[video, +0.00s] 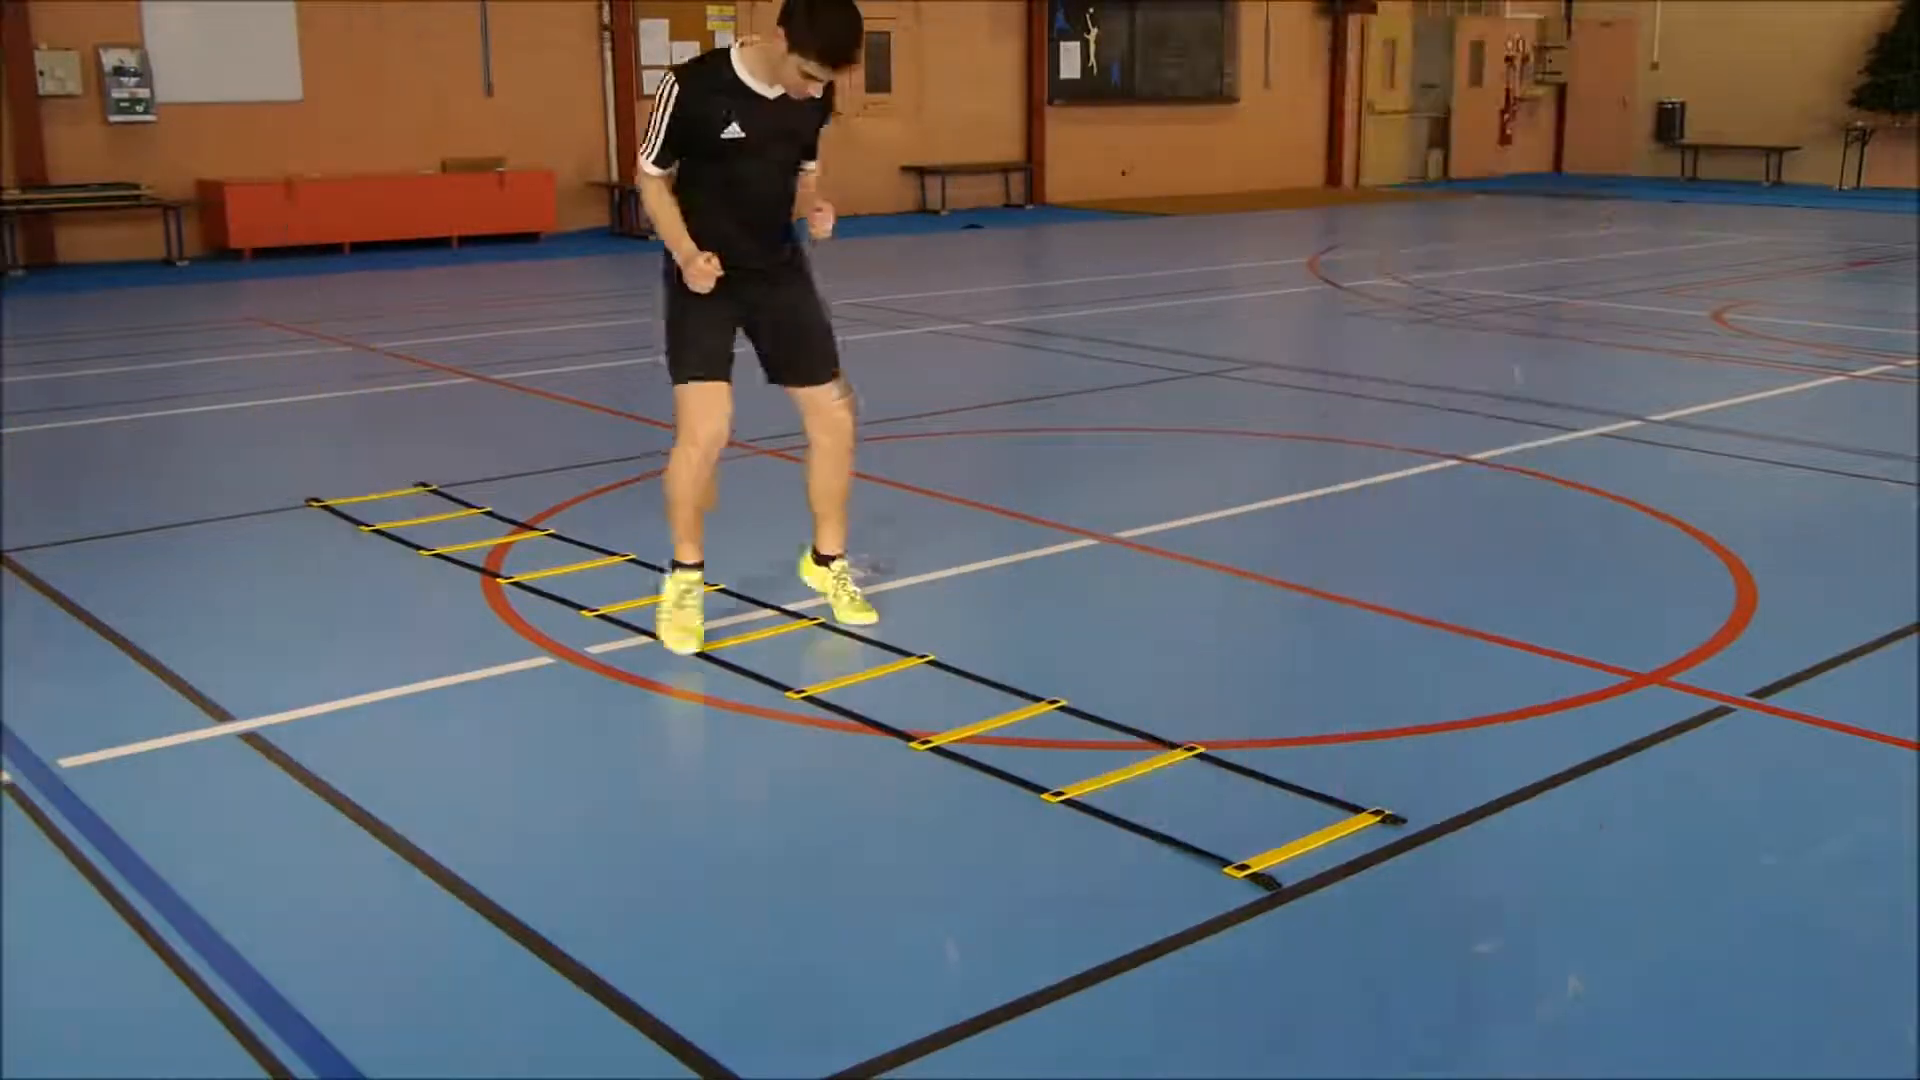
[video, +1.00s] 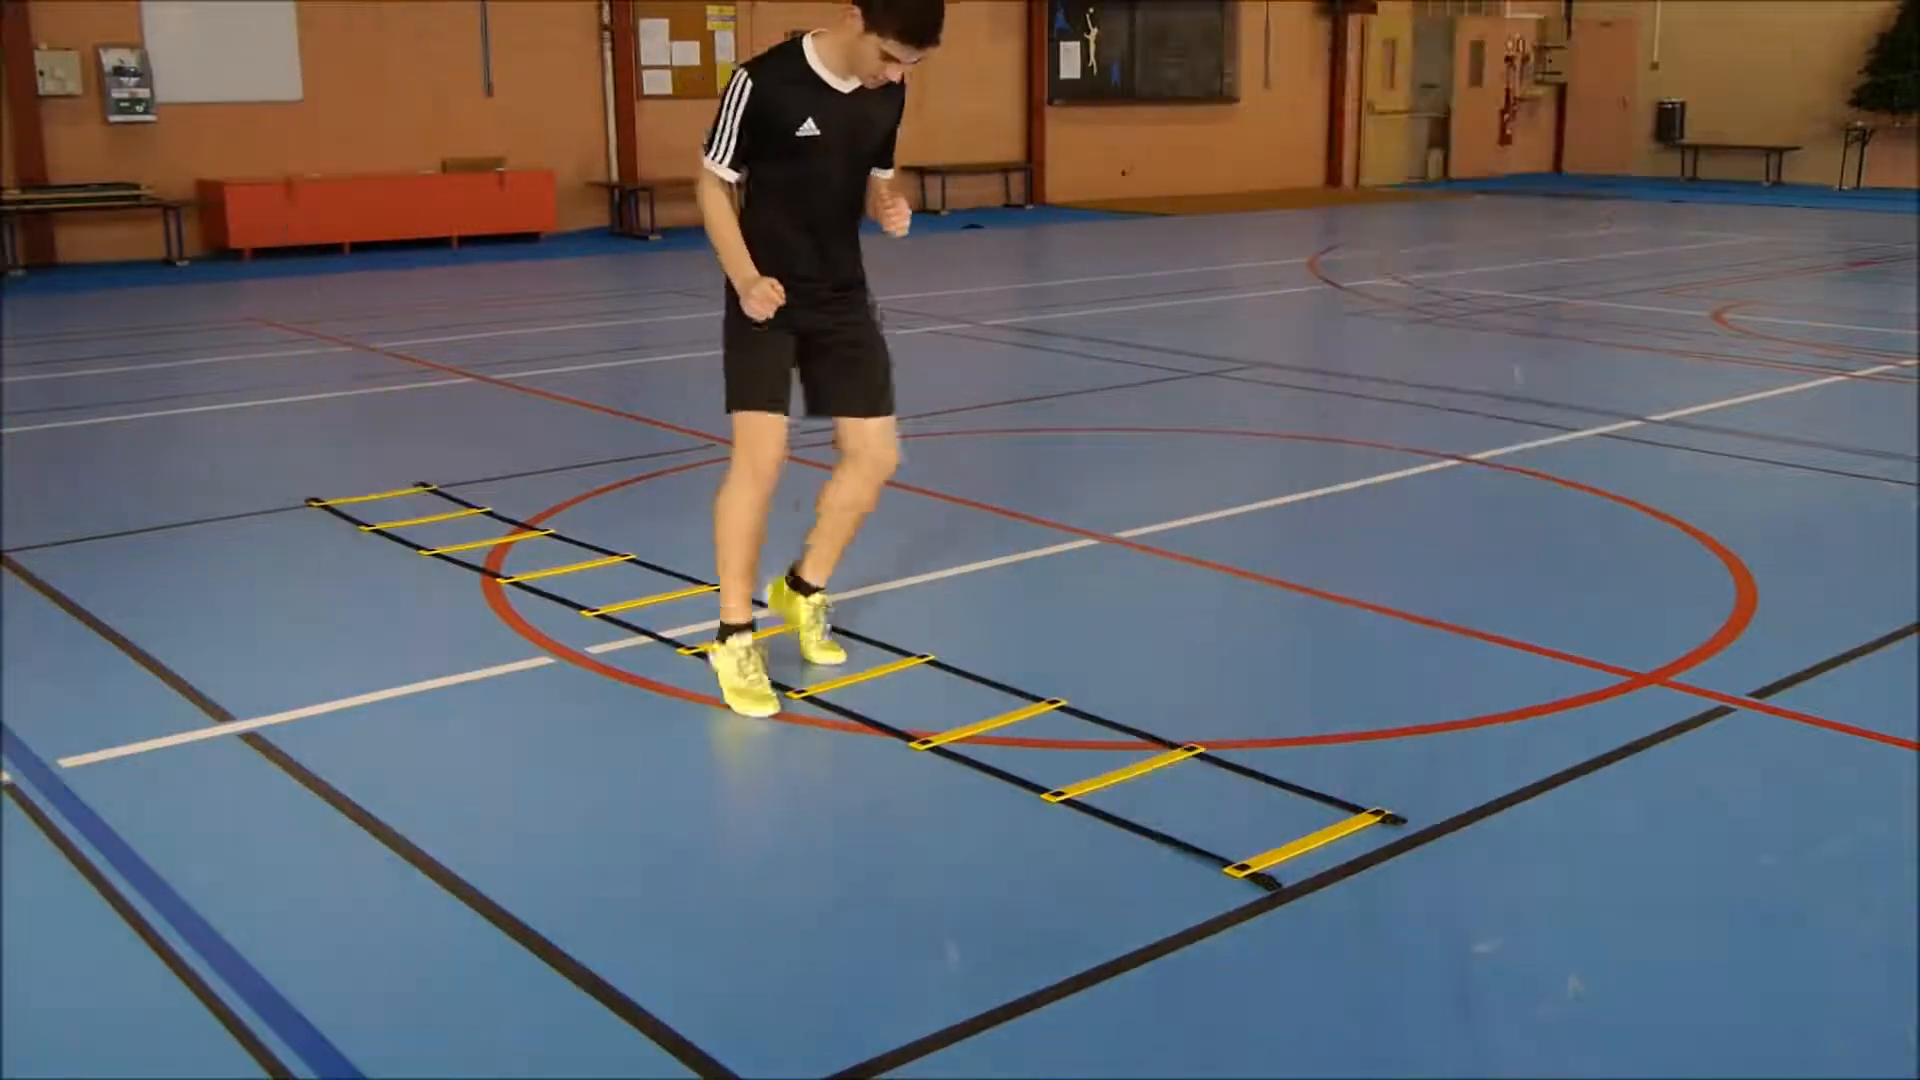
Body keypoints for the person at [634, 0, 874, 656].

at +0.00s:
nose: (814, 90)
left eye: (824, 81)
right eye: (808, 76)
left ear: (837, 67)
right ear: (778, 38)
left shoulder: (812, 97)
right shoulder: (693, 85)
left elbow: (802, 174)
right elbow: (652, 179)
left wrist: (812, 206)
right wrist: (686, 254)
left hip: (778, 267)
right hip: (700, 271)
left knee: (832, 414)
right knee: (704, 431)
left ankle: (827, 562)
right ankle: (686, 575)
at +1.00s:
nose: (898, 75)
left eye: (908, 65)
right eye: (891, 58)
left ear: (920, 49)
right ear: (851, 22)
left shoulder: (887, 88)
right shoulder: (759, 82)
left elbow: (878, 180)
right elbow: (713, 188)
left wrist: (889, 206)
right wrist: (746, 279)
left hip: (841, 293)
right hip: (762, 292)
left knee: (875, 456)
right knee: (759, 458)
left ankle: (804, 587)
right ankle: (734, 634)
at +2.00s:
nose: (1002, 74)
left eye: (1014, 64)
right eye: (998, 56)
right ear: (957, 16)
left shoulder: (974, 83)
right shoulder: (854, 70)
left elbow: (965, 167)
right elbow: (790, 176)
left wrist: (984, 213)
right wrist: (859, 260)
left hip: (943, 294)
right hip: (865, 300)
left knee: (994, 452)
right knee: (882, 485)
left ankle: (919, 600)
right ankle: (887, 644)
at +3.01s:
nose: (1088, 81)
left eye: (1099, 69)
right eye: (1080, 62)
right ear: (1036, 20)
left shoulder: (1065, 91)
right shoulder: (932, 83)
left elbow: (1052, 182)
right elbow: (877, 205)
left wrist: (1070, 233)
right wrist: (936, 298)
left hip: (1030, 311)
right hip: (940, 317)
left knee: (1086, 483)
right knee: (944, 508)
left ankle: (1071, 638)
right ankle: (896, 667)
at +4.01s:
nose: (1213, 98)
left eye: (1227, 86)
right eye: (1208, 77)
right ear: (1161, 32)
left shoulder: (1179, 108)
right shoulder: (1045, 103)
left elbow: (1160, 205)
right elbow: (974, 223)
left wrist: (1186, 252)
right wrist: (1021, 342)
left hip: (1120, 343)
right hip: (1034, 345)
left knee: (1180, 518)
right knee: (1023, 550)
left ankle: (1065, 654)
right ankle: (966, 744)